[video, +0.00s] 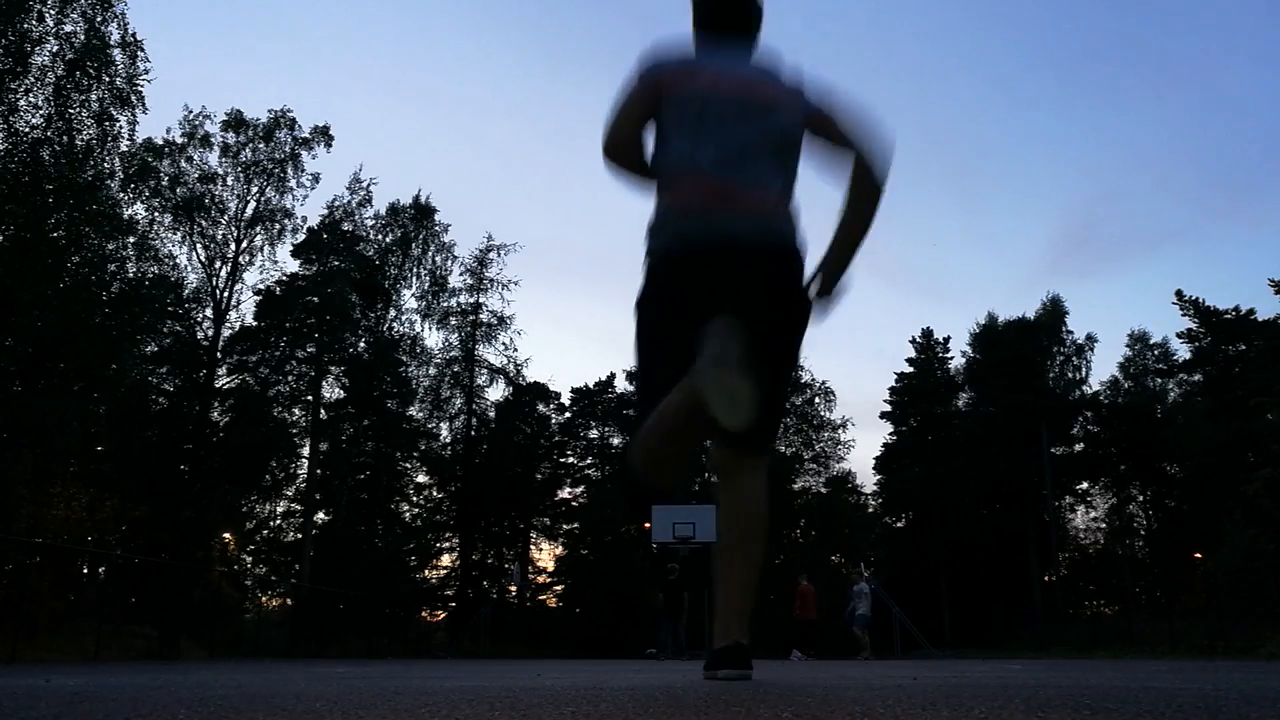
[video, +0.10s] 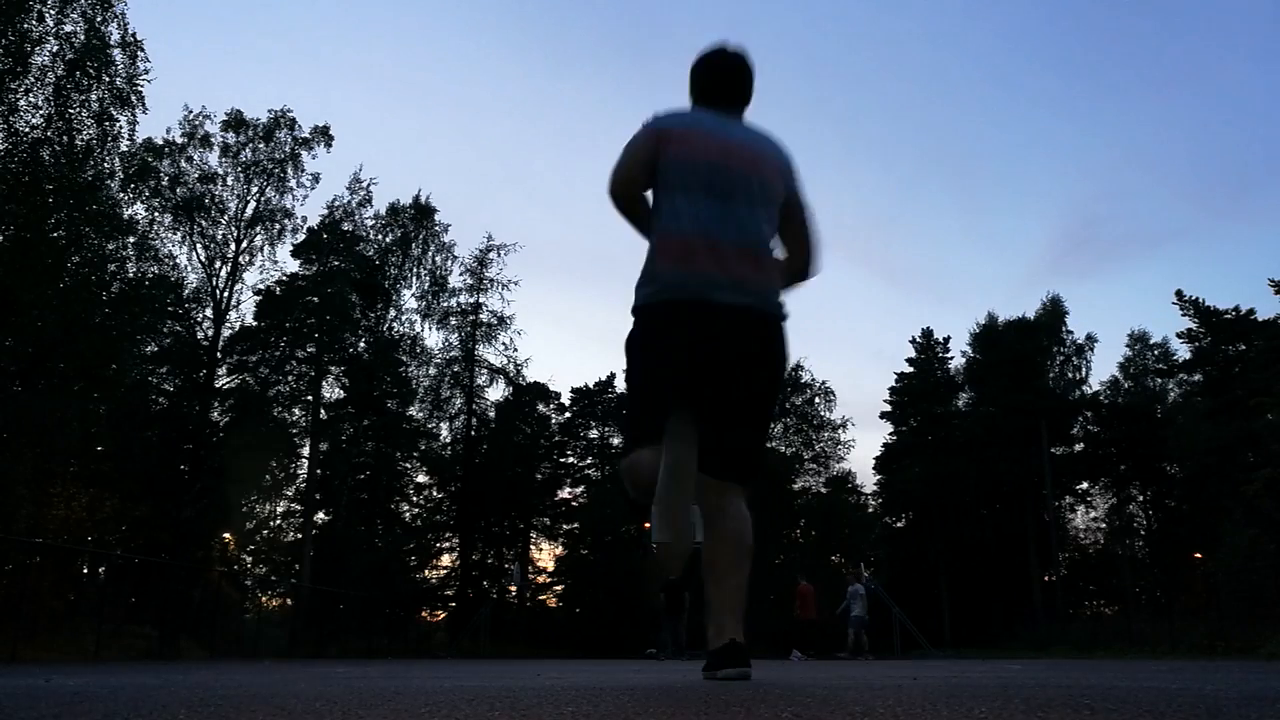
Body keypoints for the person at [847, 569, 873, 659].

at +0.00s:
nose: (854, 579)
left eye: (856, 577)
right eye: (854, 577)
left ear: (859, 577)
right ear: (854, 578)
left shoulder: (864, 586)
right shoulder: (855, 587)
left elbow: (868, 599)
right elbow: (855, 601)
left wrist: (867, 610)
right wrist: (849, 609)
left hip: (864, 611)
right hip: (858, 611)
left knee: (857, 628)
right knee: (864, 632)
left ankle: (865, 650)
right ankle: (866, 652)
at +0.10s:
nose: (849, 581)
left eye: (850, 579)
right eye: (848, 579)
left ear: (854, 579)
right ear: (849, 580)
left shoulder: (859, 587)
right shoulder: (850, 589)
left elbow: (864, 600)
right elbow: (847, 601)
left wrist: (864, 611)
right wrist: (840, 609)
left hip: (859, 613)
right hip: (853, 613)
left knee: (851, 631)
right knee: (861, 633)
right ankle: (865, 651)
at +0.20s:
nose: (843, 581)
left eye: (844, 579)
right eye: (843, 579)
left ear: (848, 580)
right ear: (844, 580)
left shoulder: (854, 589)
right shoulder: (844, 589)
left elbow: (858, 602)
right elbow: (841, 601)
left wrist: (860, 613)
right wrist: (833, 609)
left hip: (853, 614)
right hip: (847, 614)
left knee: (845, 632)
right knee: (857, 633)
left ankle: (838, 651)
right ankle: (865, 651)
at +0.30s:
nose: (837, 582)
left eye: (838, 580)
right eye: (836, 580)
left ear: (842, 580)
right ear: (838, 581)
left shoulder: (847, 589)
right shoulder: (838, 590)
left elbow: (852, 602)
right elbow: (835, 602)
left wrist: (854, 613)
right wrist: (829, 610)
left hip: (846, 614)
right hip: (840, 614)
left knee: (837, 632)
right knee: (849, 633)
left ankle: (835, 653)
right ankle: (862, 649)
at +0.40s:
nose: (831, 580)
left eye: (832, 579)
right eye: (831, 579)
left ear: (835, 579)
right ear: (832, 580)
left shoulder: (841, 588)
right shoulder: (832, 588)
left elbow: (845, 601)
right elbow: (831, 601)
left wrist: (846, 611)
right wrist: (826, 611)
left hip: (840, 613)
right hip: (833, 613)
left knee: (835, 632)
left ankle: (834, 653)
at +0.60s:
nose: (820, 579)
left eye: (821, 577)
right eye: (819, 577)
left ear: (823, 577)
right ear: (822, 577)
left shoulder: (829, 587)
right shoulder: (824, 587)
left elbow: (829, 602)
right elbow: (825, 601)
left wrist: (823, 611)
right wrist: (822, 610)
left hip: (829, 614)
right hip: (824, 614)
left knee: (830, 632)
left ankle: (832, 652)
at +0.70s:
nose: (814, 581)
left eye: (815, 579)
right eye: (814, 579)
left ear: (817, 579)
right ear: (819, 579)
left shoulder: (822, 588)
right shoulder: (819, 588)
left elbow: (819, 602)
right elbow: (819, 603)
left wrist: (816, 612)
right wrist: (816, 611)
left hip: (823, 614)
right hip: (820, 614)